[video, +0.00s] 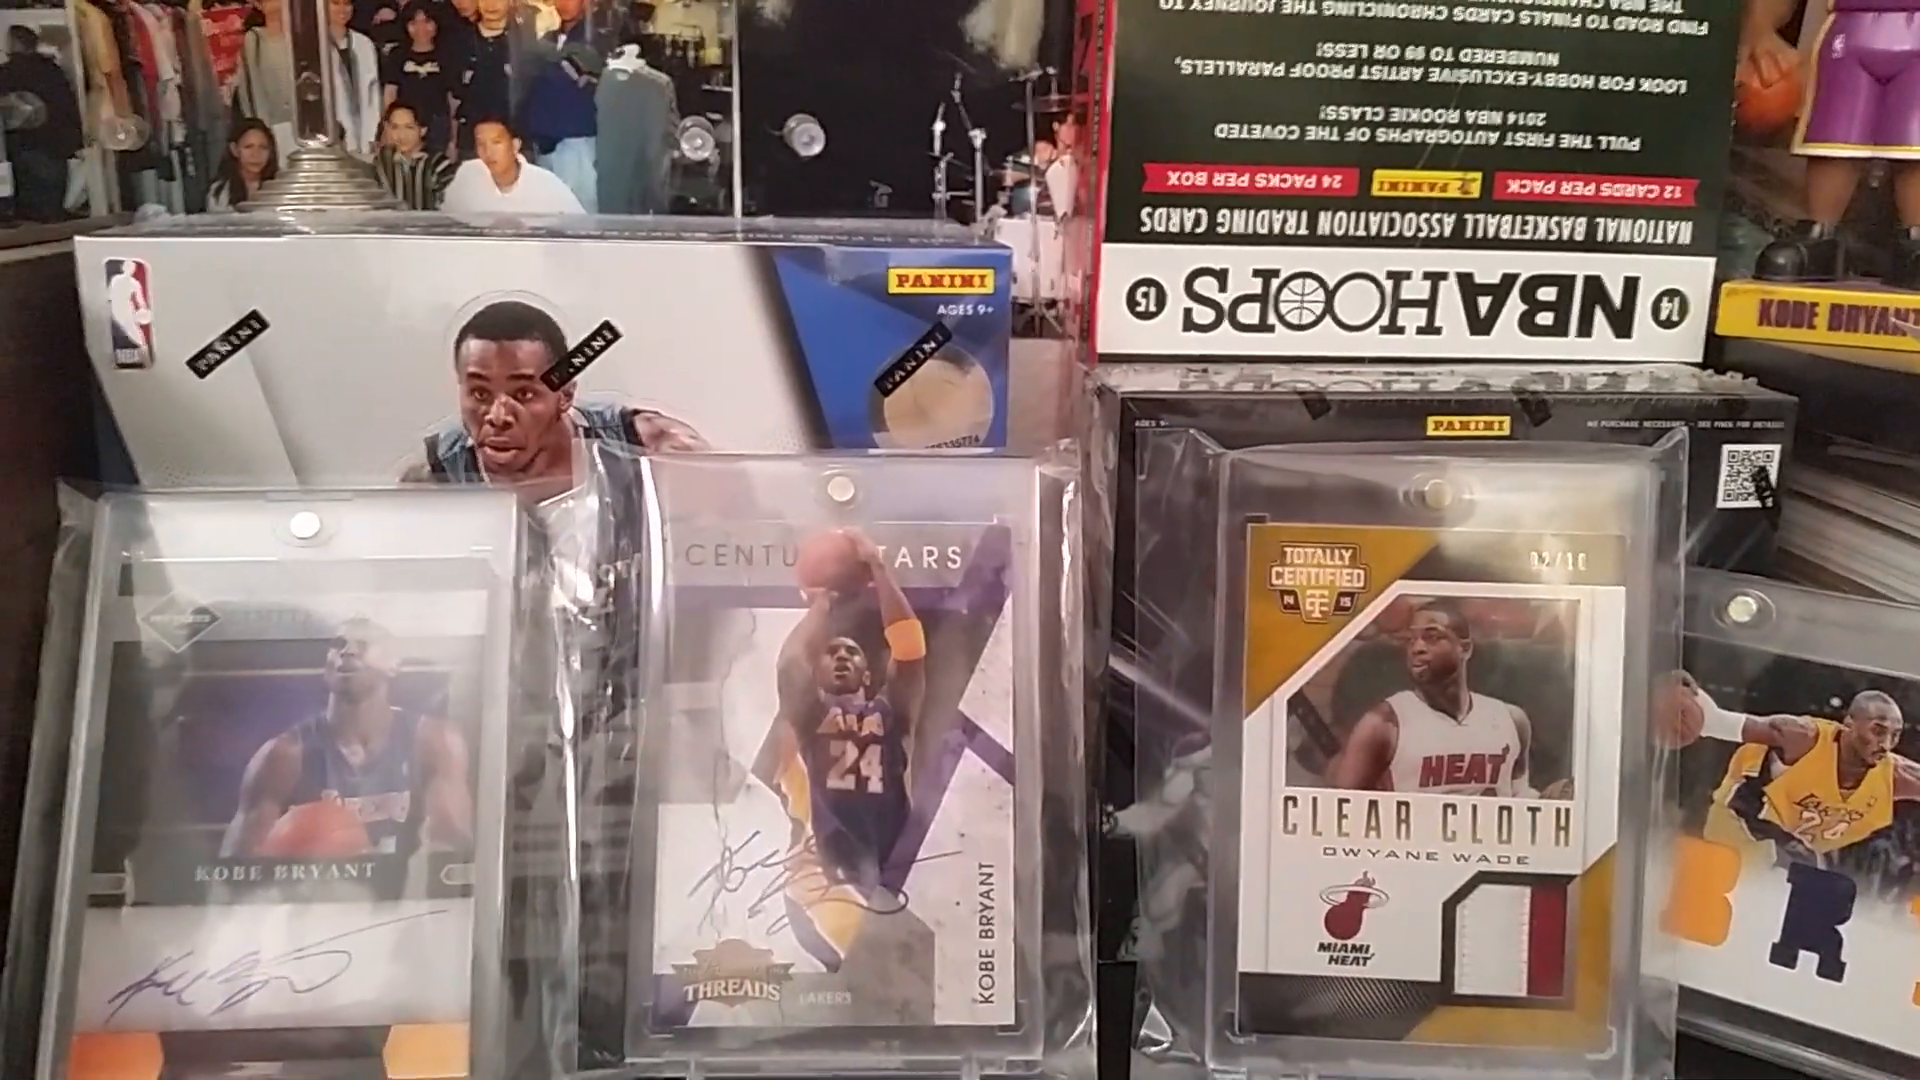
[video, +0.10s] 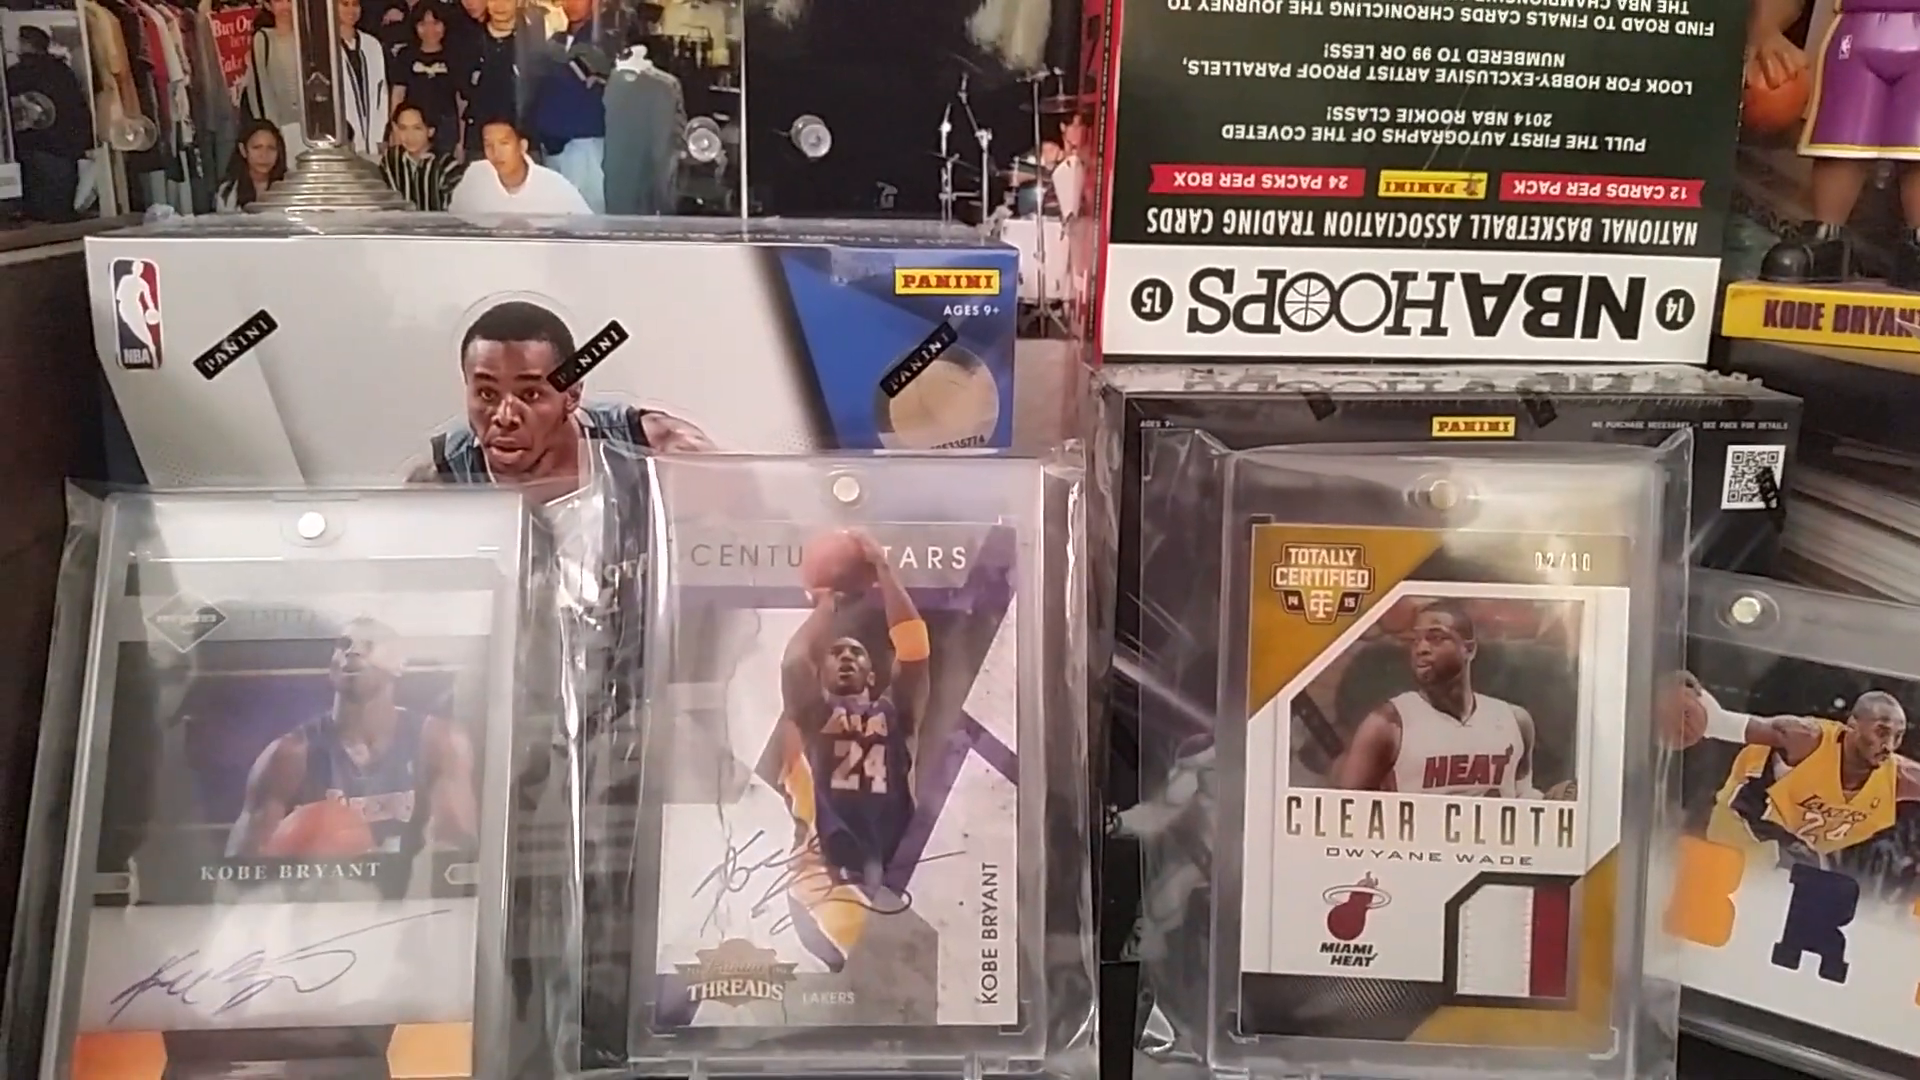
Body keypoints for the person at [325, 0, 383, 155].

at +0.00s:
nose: (344, 9)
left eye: (347, 4)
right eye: (336, 3)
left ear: (352, 8)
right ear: (324, 7)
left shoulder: (365, 44)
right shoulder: (316, 46)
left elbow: (374, 92)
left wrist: (371, 138)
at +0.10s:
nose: (352, 10)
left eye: (356, 4)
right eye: (345, 4)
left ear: (360, 8)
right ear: (334, 8)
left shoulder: (373, 44)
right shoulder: (327, 47)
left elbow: (383, 90)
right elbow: (326, 95)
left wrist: (381, 136)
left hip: (375, 141)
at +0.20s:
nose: (348, 11)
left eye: (352, 5)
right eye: (341, 5)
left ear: (357, 9)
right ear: (331, 8)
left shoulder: (370, 45)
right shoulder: (324, 48)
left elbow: (380, 91)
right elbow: (322, 96)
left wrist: (378, 136)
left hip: (372, 142)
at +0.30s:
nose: (356, 10)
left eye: (360, 4)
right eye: (350, 4)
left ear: (365, 8)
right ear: (339, 7)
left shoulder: (378, 44)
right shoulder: (331, 46)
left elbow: (387, 90)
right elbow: (331, 94)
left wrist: (385, 135)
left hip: (378, 139)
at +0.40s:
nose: (374, 10)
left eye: (380, 4)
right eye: (371, 4)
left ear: (387, 10)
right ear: (362, 9)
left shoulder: (402, 47)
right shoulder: (354, 48)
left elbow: (409, 96)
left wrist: (406, 139)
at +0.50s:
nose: (405, 10)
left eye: (407, 4)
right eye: (398, 4)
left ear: (410, 9)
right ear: (386, 10)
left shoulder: (425, 45)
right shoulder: (379, 49)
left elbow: (434, 91)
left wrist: (431, 133)